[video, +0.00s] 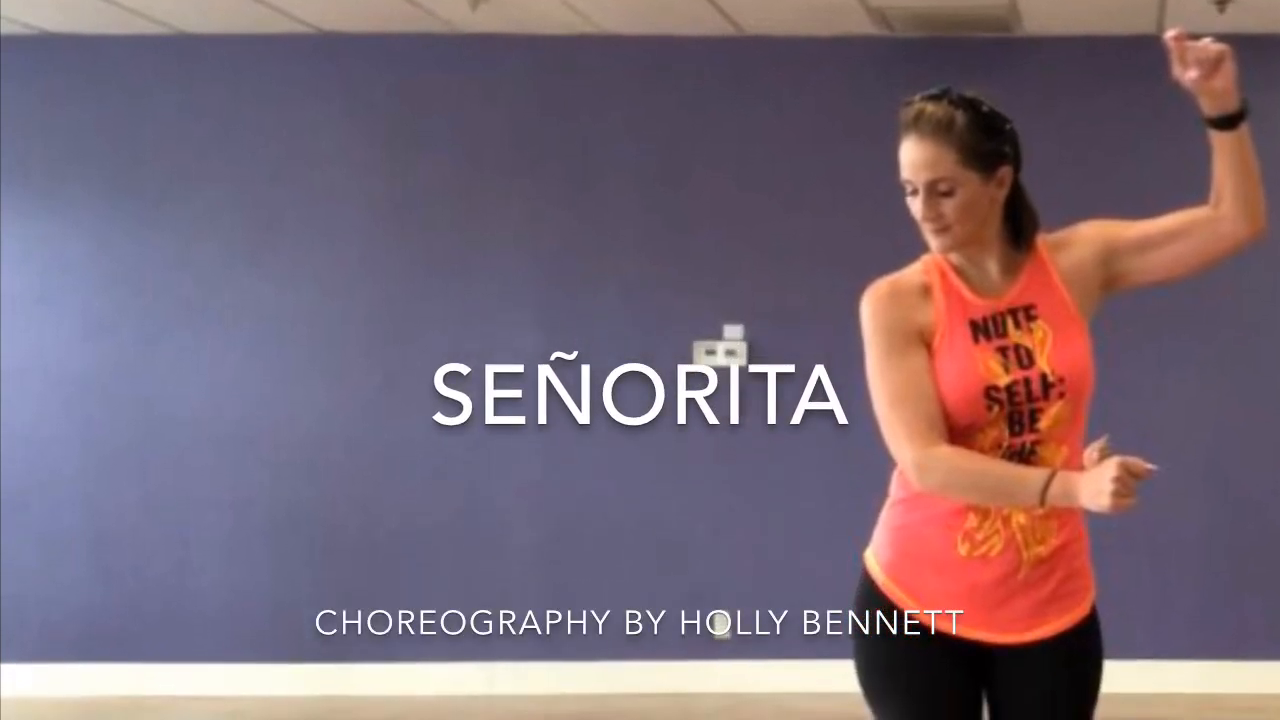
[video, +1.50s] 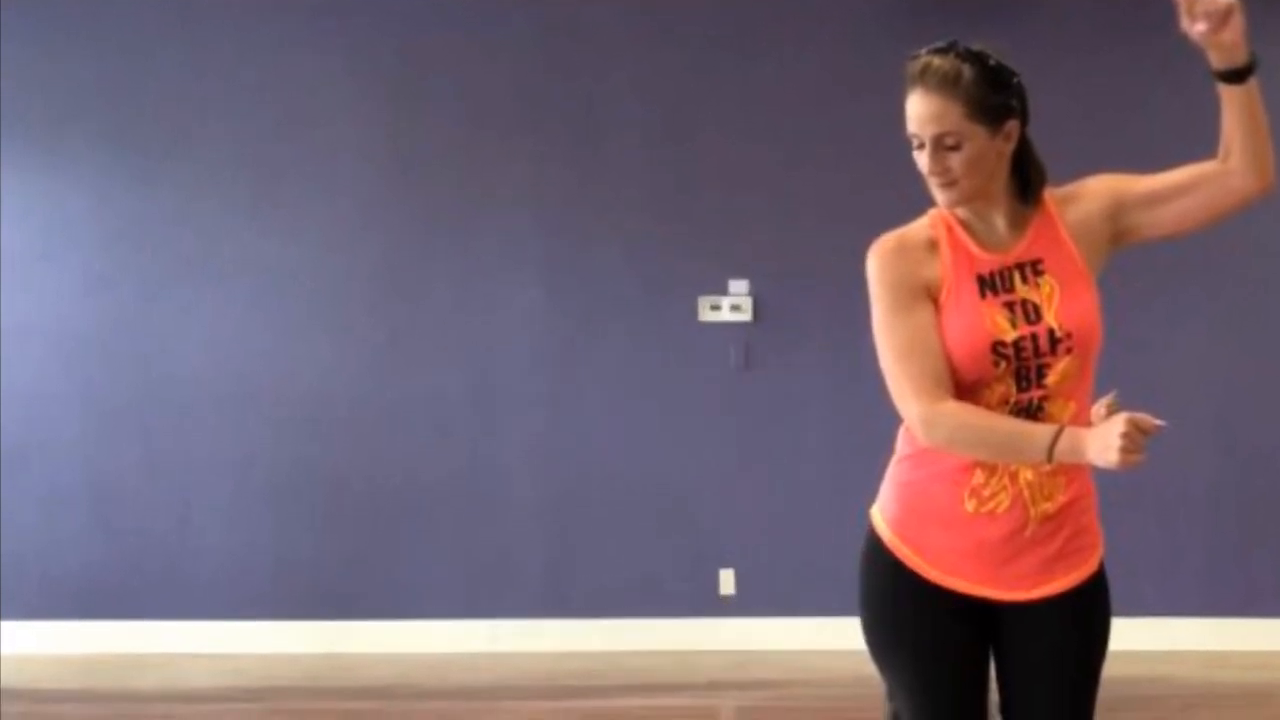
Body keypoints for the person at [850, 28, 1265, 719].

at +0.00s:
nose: (924, 211)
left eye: (943, 190)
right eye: (911, 192)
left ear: (1001, 179)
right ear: (902, 187)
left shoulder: (1081, 260)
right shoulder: (896, 305)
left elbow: (1238, 220)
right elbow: (925, 460)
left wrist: (1222, 108)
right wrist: (1068, 486)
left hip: (1048, 618)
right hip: (916, 618)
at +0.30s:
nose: (925, 201)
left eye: (944, 181)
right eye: (912, 183)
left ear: (1002, 170)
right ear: (903, 179)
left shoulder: (1083, 250)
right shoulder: (897, 295)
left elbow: (1240, 212)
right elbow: (925, 452)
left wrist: (1223, 99)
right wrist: (1069, 477)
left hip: (1050, 609)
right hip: (916, 608)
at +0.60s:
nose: (926, 192)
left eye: (945, 172)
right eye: (914, 173)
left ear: (1003, 161)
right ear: (904, 170)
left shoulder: (1085, 241)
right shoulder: (899, 286)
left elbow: (1242, 202)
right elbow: (926, 443)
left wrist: (1225, 90)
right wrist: (1071, 468)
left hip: (1051, 600)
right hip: (918, 599)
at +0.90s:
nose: (928, 184)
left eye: (946, 163)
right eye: (915, 165)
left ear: (1004, 152)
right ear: (905, 161)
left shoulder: (1086, 232)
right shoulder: (901, 276)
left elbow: (1242, 195)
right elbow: (927, 435)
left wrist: (1227, 82)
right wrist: (1073, 459)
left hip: (1053, 590)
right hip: (919, 589)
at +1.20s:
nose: (929, 176)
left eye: (947, 154)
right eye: (916, 155)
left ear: (1006, 142)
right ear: (906, 151)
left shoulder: (1087, 223)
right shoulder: (901, 267)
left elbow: (1244, 185)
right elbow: (930, 427)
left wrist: (1229, 74)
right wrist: (1076, 452)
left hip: (1055, 581)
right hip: (921, 581)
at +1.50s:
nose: (929, 166)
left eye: (948, 144)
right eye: (916, 145)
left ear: (1007, 134)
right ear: (907, 142)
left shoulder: (1089, 215)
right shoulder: (902, 258)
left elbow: (1246, 175)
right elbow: (931, 417)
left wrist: (1230, 61)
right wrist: (1077, 443)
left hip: (1056, 573)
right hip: (923, 573)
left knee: (1055, 711)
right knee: (935, 707)